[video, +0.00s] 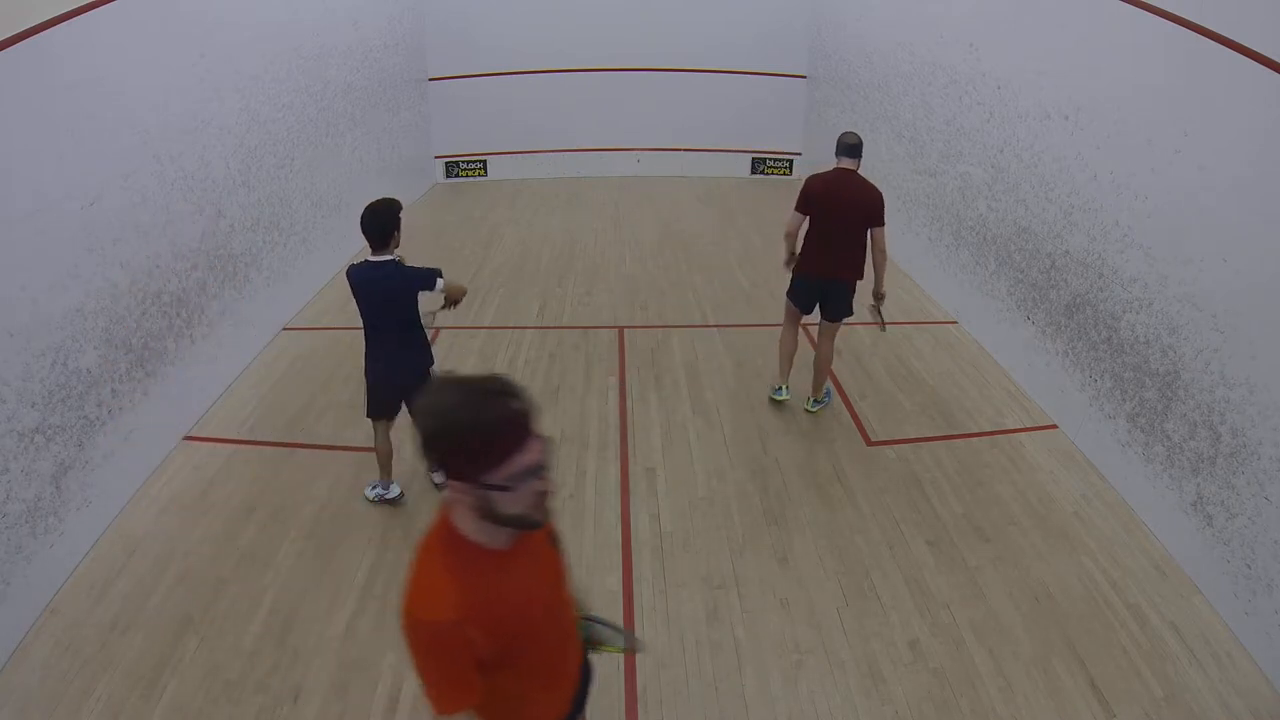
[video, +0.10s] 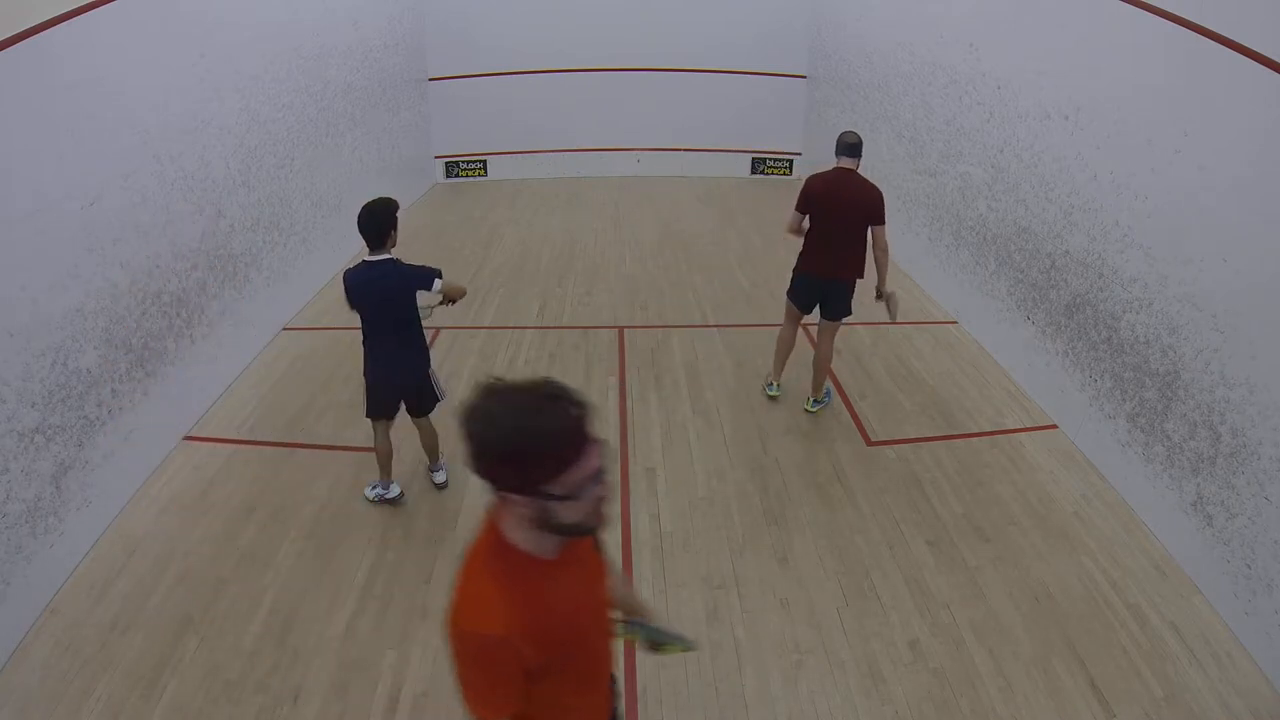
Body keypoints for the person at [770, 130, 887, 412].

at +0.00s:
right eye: (857, 156)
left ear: (835, 153)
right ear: (861, 157)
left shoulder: (815, 183)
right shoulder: (872, 194)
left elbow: (791, 230)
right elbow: (879, 249)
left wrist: (790, 254)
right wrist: (879, 286)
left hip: (808, 272)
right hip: (843, 279)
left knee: (791, 322)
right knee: (826, 339)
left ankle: (782, 386)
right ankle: (815, 396)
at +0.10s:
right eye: (857, 154)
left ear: (835, 153)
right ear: (861, 156)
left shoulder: (815, 182)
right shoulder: (871, 193)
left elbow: (793, 227)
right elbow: (880, 246)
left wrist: (813, 233)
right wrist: (881, 283)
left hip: (808, 272)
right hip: (842, 279)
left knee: (790, 322)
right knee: (826, 339)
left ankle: (774, 381)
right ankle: (815, 396)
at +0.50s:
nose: (848, 155)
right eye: (850, 152)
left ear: (826, 149)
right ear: (851, 153)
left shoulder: (806, 177)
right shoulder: (851, 189)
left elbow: (799, 216)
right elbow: (869, 238)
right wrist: (897, 241)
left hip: (800, 264)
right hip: (833, 269)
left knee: (790, 318)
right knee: (849, 316)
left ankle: (770, 377)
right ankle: (829, 376)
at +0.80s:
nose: (868, 162)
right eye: (869, 159)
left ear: (845, 158)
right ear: (867, 163)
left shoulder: (827, 181)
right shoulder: (860, 198)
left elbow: (824, 217)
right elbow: (883, 240)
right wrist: (918, 222)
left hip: (813, 265)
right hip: (845, 271)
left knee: (796, 316)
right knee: (855, 318)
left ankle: (771, 373)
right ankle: (861, 367)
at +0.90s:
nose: (878, 166)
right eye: (878, 163)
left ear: (854, 160)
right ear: (876, 168)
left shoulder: (838, 180)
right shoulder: (867, 201)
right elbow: (891, 239)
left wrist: (877, 195)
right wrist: (926, 217)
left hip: (821, 262)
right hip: (853, 269)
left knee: (801, 306)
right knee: (862, 314)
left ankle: (774, 360)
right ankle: (861, 366)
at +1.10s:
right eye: (889, 161)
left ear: (864, 158)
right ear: (888, 167)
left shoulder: (849, 172)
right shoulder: (874, 198)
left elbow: (835, 176)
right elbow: (903, 231)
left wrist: (847, 160)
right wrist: (926, 197)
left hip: (827, 256)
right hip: (858, 267)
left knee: (810, 304)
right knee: (866, 312)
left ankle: (783, 357)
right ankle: (861, 365)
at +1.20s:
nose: (884, 157)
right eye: (885, 154)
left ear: (861, 153)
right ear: (885, 159)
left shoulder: (843, 172)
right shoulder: (886, 195)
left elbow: (816, 185)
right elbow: (922, 215)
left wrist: (816, 165)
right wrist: (929, 193)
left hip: (827, 257)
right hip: (860, 266)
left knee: (810, 306)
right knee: (863, 313)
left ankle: (790, 365)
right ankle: (861, 365)